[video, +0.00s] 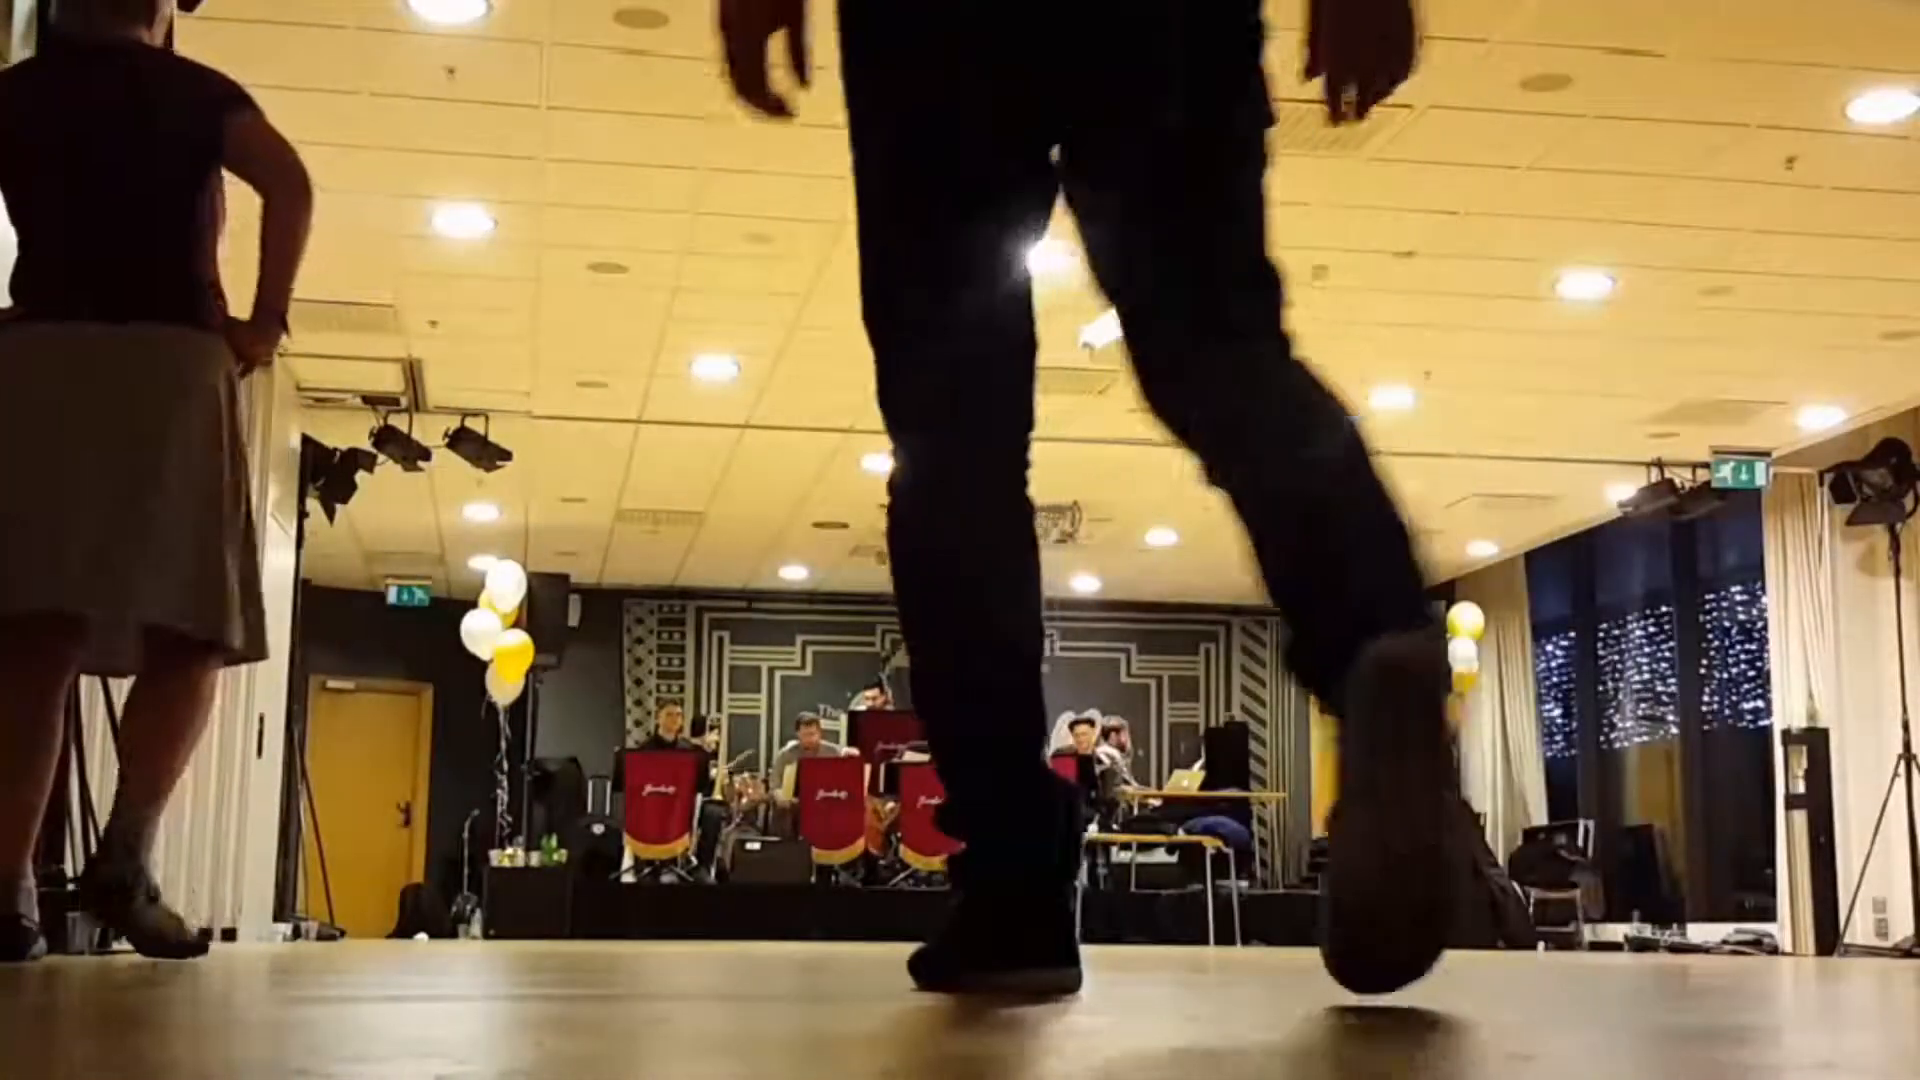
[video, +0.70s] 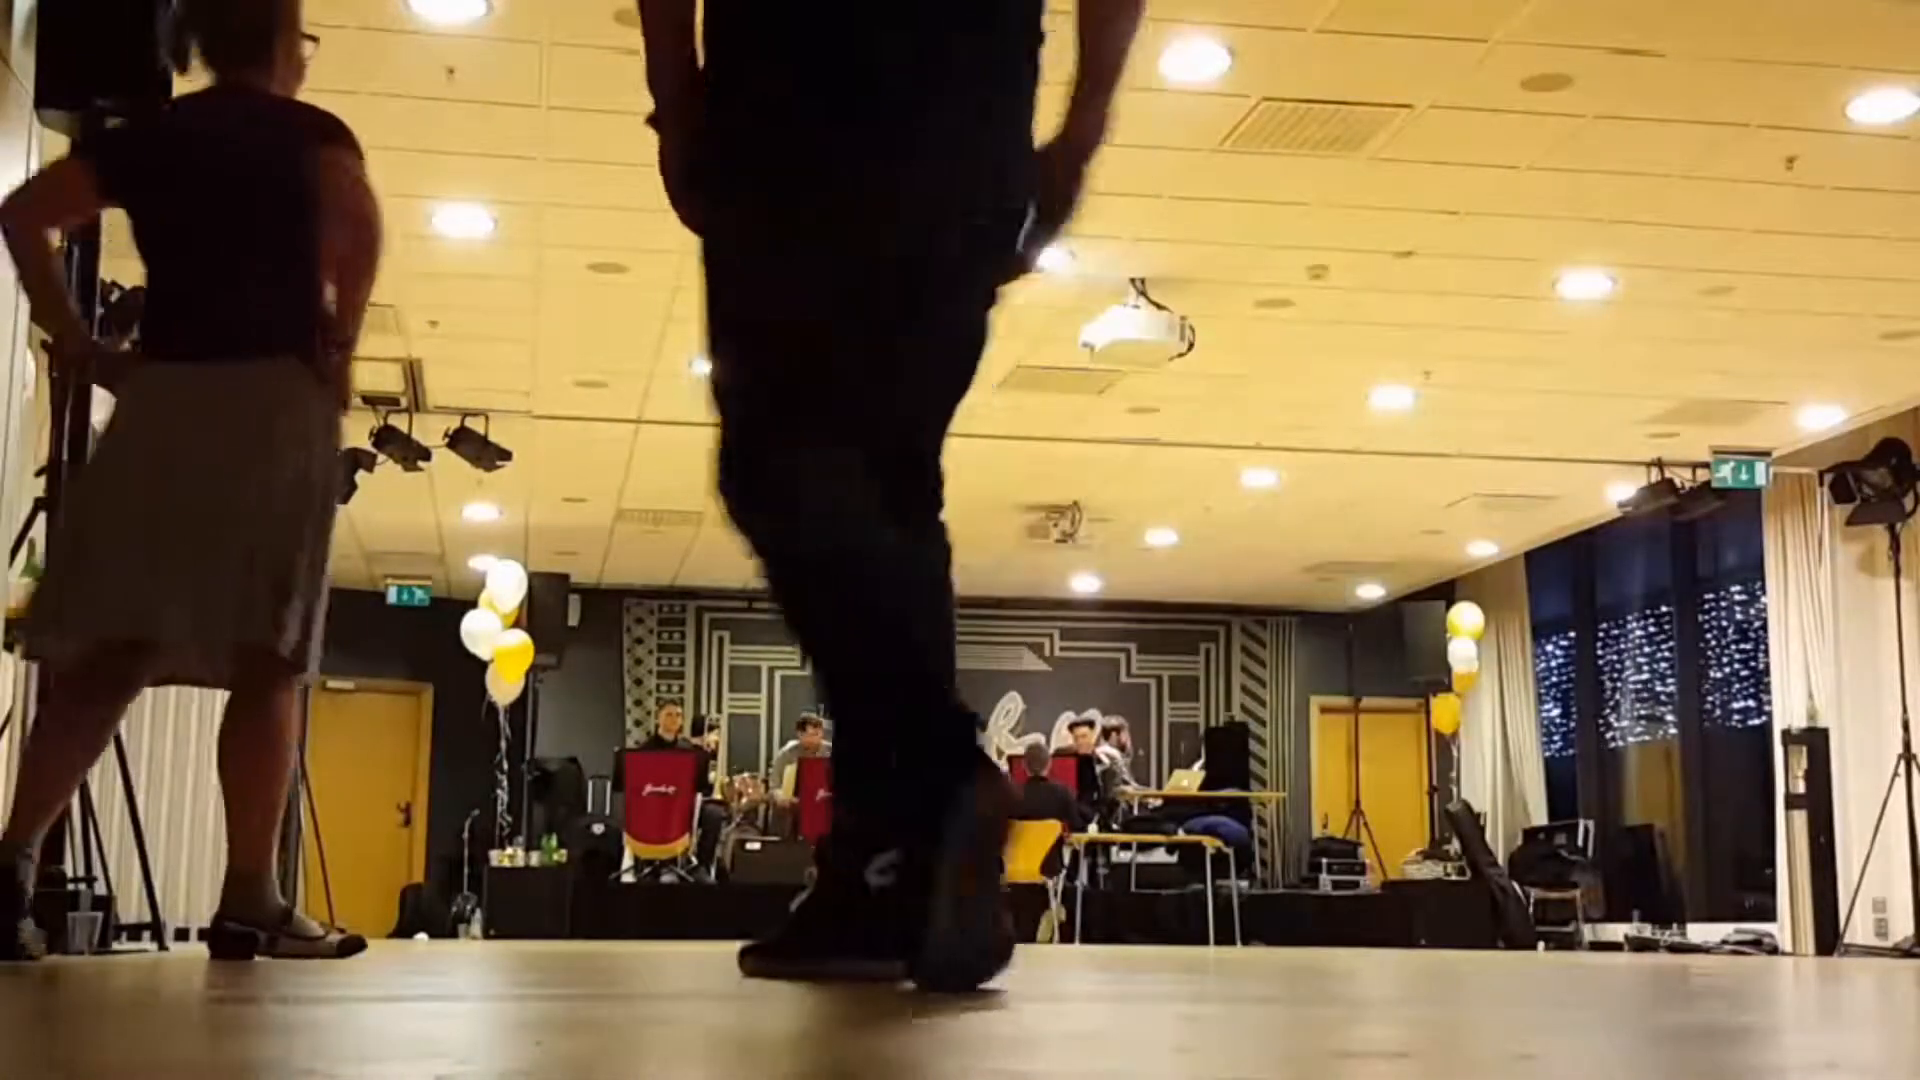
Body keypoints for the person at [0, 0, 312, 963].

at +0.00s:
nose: (180, 23)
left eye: (179, 14)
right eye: (178, 12)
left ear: (60, 10)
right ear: (156, 12)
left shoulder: (13, 92)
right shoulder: (194, 90)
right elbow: (290, 186)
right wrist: (268, 319)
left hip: (36, 368)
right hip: (169, 372)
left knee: (33, 634)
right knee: (189, 634)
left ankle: (13, 895)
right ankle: (124, 863)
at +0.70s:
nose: (307, 57)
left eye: (303, 39)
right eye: (300, 40)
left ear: (211, 48)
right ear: (277, 44)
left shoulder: (148, 137)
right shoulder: (317, 135)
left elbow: (26, 214)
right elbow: (358, 236)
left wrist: (73, 341)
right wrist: (340, 340)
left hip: (158, 407)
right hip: (277, 408)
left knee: (106, 654)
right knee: (270, 666)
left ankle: (12, 865)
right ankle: (251, 903)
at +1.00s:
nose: (390, 58)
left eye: (387, 40)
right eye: (381, 41)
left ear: (292, 50)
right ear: (353, 48)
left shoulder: (231, 142)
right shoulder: (390, 145)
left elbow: (108, 236)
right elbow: (420, 250)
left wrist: (172, 356)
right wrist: (407, 353)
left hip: (239, 414)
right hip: (343, 413)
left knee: (216, 669)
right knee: (304, 667)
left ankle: (150, 899)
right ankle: (255, 906)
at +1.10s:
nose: (412, 64)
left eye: (408, 47)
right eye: (405, 48)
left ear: (313, 58)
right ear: (383, 58)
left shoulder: (258, 146)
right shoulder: (397, 150)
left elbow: (142, 240)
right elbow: (415, 257)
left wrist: (196, 365)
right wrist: (407, 363)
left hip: (263, 412)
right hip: (348, 414)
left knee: (272, 666)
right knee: (312, 663)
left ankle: (256, 900)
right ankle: (254, 903)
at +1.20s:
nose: (430, 57)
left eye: (424, 41)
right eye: (419, 42)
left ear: (336, 57)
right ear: (390, 54)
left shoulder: (286, 143)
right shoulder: (398, 142)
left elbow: (173, 240)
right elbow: (389, 254)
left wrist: (220, 355)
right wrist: (404, 366)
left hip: (280, 407)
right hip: (352, 410)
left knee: (336, 666)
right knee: (319, 665)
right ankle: (255, 903)